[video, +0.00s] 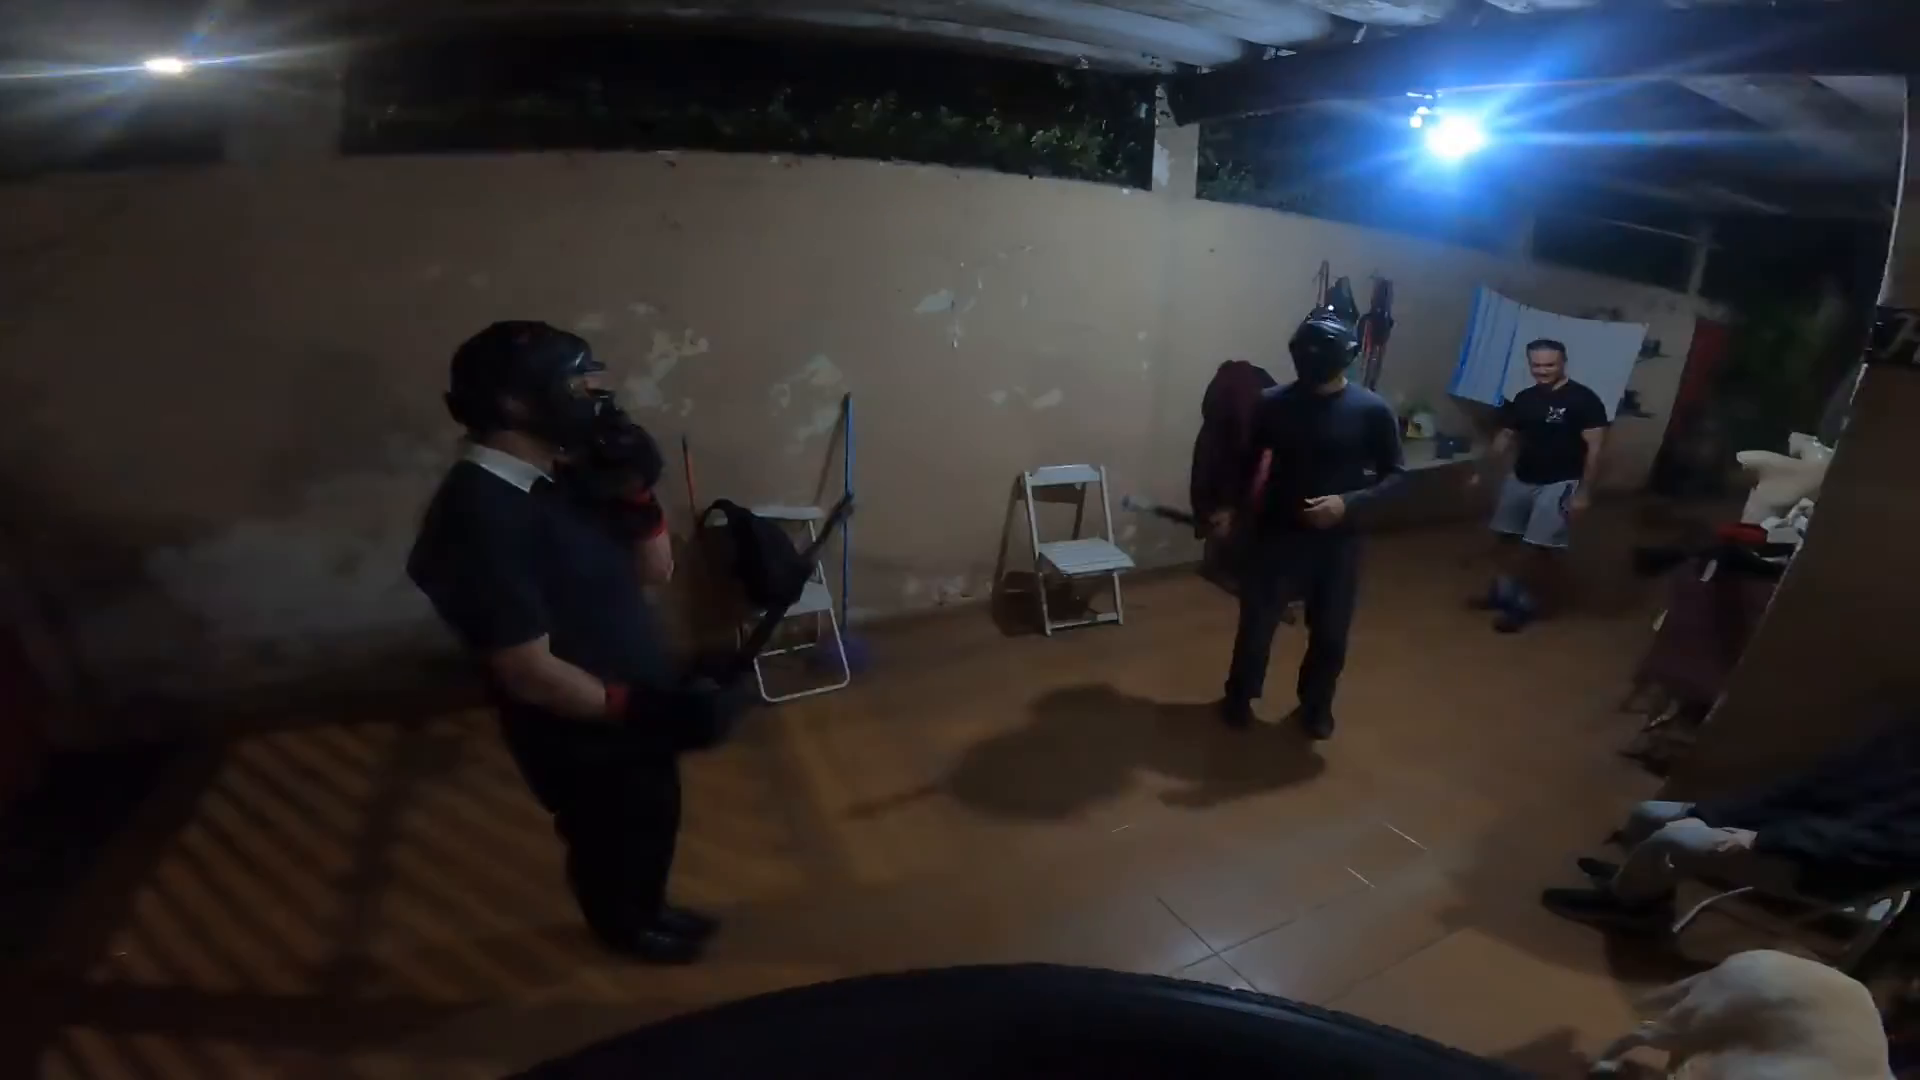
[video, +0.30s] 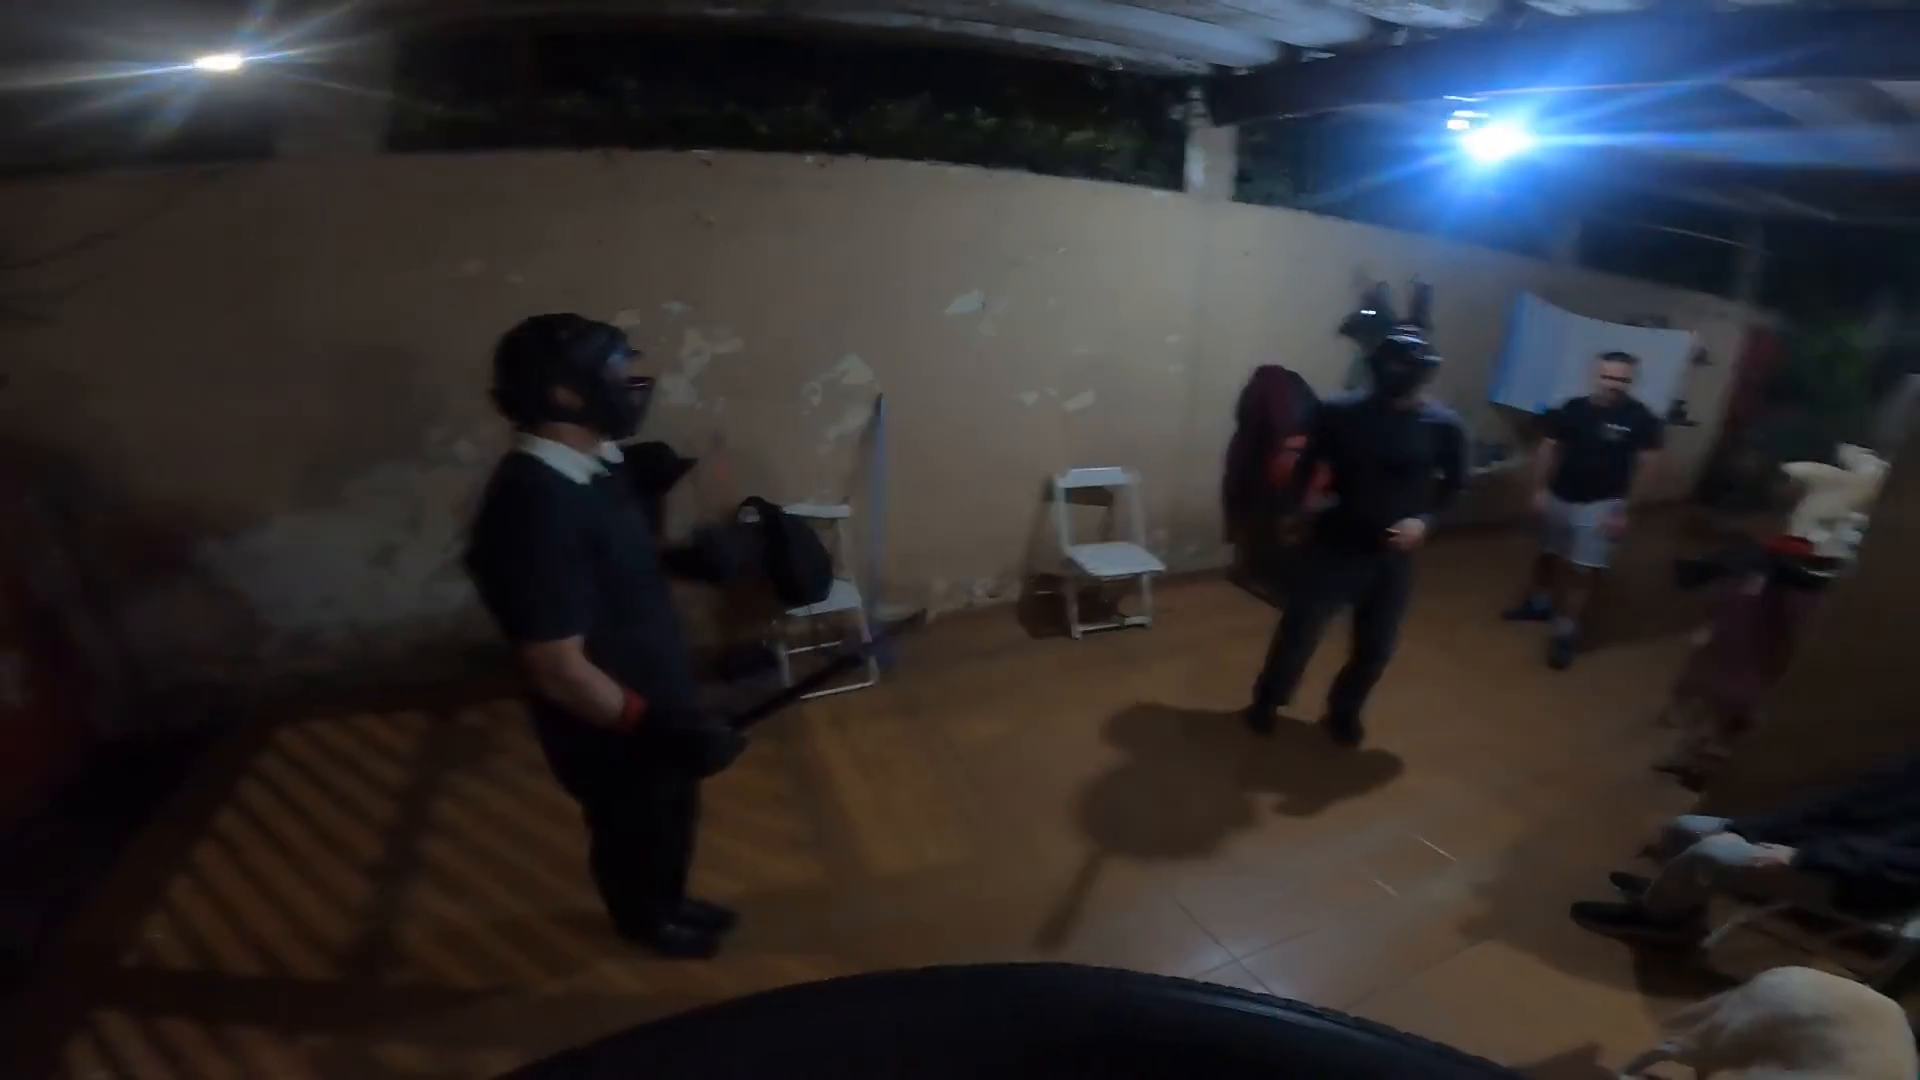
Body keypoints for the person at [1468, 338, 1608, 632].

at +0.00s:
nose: (1542, 372)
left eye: (1549, 366)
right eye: (1536, 366)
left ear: (1563, 364)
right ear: (1529, 365)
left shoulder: (1584, 400)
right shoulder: (1524, 399)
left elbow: (1595, 446)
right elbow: (1503, 440)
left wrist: (1584, 491)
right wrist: (1482, 471)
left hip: (1558, 484)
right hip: (1521, 479)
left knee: (1536, 547)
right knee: (1504, 538)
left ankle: (1525, 605)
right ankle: (1502, 592)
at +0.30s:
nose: (1612, 386)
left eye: (1620, 380)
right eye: (1606, 379)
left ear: (1630, 382)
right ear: (1596, 377)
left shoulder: (1639, 420)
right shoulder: (1572, 410)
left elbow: (1645, 468)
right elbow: (1547, 448)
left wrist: (1626, 509)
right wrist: (1540, 489)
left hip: (1601, 506)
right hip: (1560, 500)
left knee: (1584, 572)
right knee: (1548, 557)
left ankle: (1567, 632)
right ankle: (1540, 602)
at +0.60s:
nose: (1685, 402)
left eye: (1695, 398)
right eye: (1681, 393)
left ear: (1705, 401)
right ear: (1669, 387)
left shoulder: (1710, 440)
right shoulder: (1630, 419)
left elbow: (1711, 494)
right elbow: (1591, 457)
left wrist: (1693, 545)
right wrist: (1563, 503)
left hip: (1653, 526)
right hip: (1602, 512)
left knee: (1632, 591)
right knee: (1558, 563)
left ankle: (1598, 651)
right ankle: (1561, 613)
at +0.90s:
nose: (1741, 424)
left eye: (1751, 418)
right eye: (1736, 414)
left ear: (1766, 421)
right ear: (1721, 408)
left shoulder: (1766, 460)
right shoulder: (1681, 436)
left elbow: (1768, 516)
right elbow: (1632, 470)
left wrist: (1728, 555)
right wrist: (1606, 522)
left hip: (1695, 557)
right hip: (1643, 537)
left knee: (1662, 623)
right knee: (1601, 605)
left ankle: (1630, 669)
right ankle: (1583, 672)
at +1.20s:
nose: (1757, 444)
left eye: (1767, 438)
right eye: (1752, 434)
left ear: (1779, 438)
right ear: (1732, 422)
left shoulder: (1788, 478)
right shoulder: (1693, 463)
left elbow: (1779, 539)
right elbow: (1650, 517)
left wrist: (1735, 585)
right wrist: (1621, 574)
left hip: (1724, 590)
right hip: (1668, 573)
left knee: (1703, 654)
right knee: (1623, 639)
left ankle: (1663, 667)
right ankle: (1590, 713)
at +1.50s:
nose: (1769, 458)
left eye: (1780, 451)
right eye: (1765, 446)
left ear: (1790, 455)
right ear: (1744, 435)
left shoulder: (1796, 501)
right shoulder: (1690, 473)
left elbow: (1787, 578)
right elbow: (1635, 524)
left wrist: (1753, 632)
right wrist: (1624, 593)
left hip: (1721, 619)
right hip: (1656, 599)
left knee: (1682, 707)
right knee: (1608, 658)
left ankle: (1626, 773)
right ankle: (1587, 720)